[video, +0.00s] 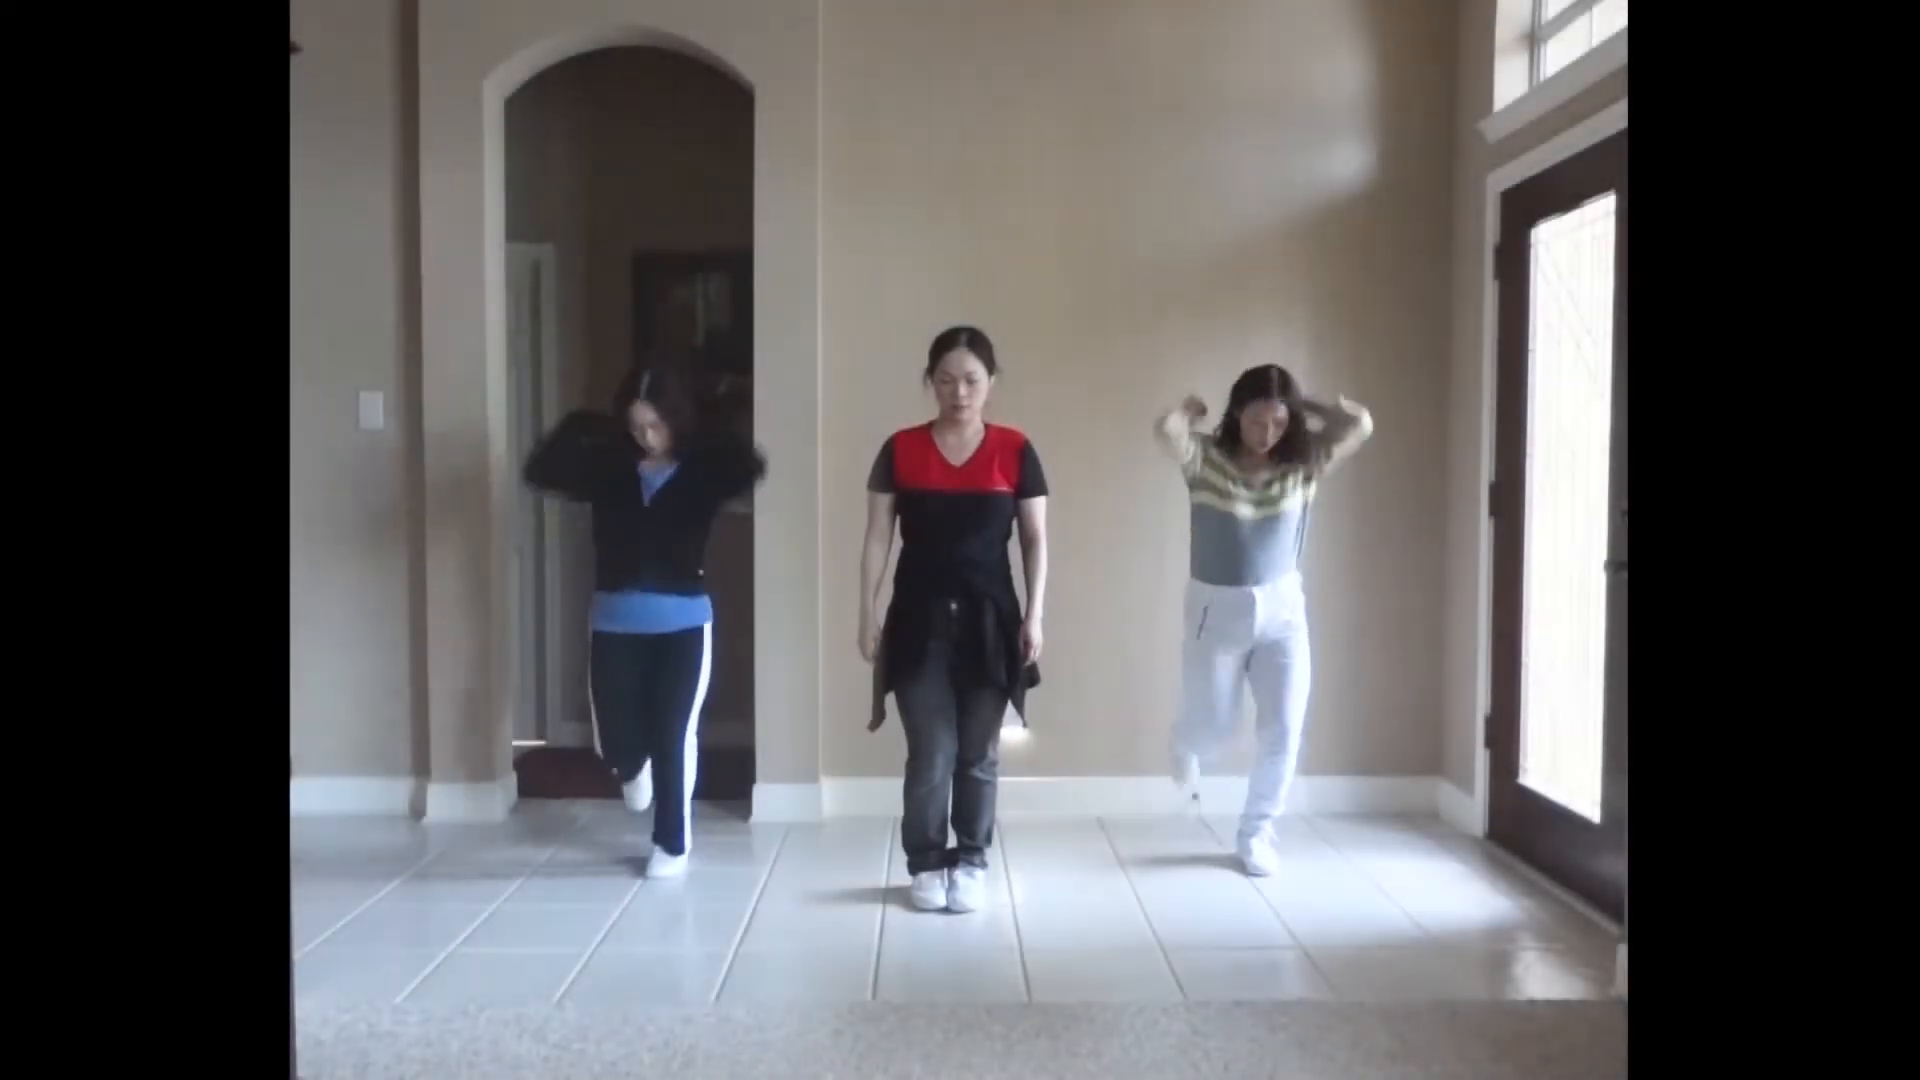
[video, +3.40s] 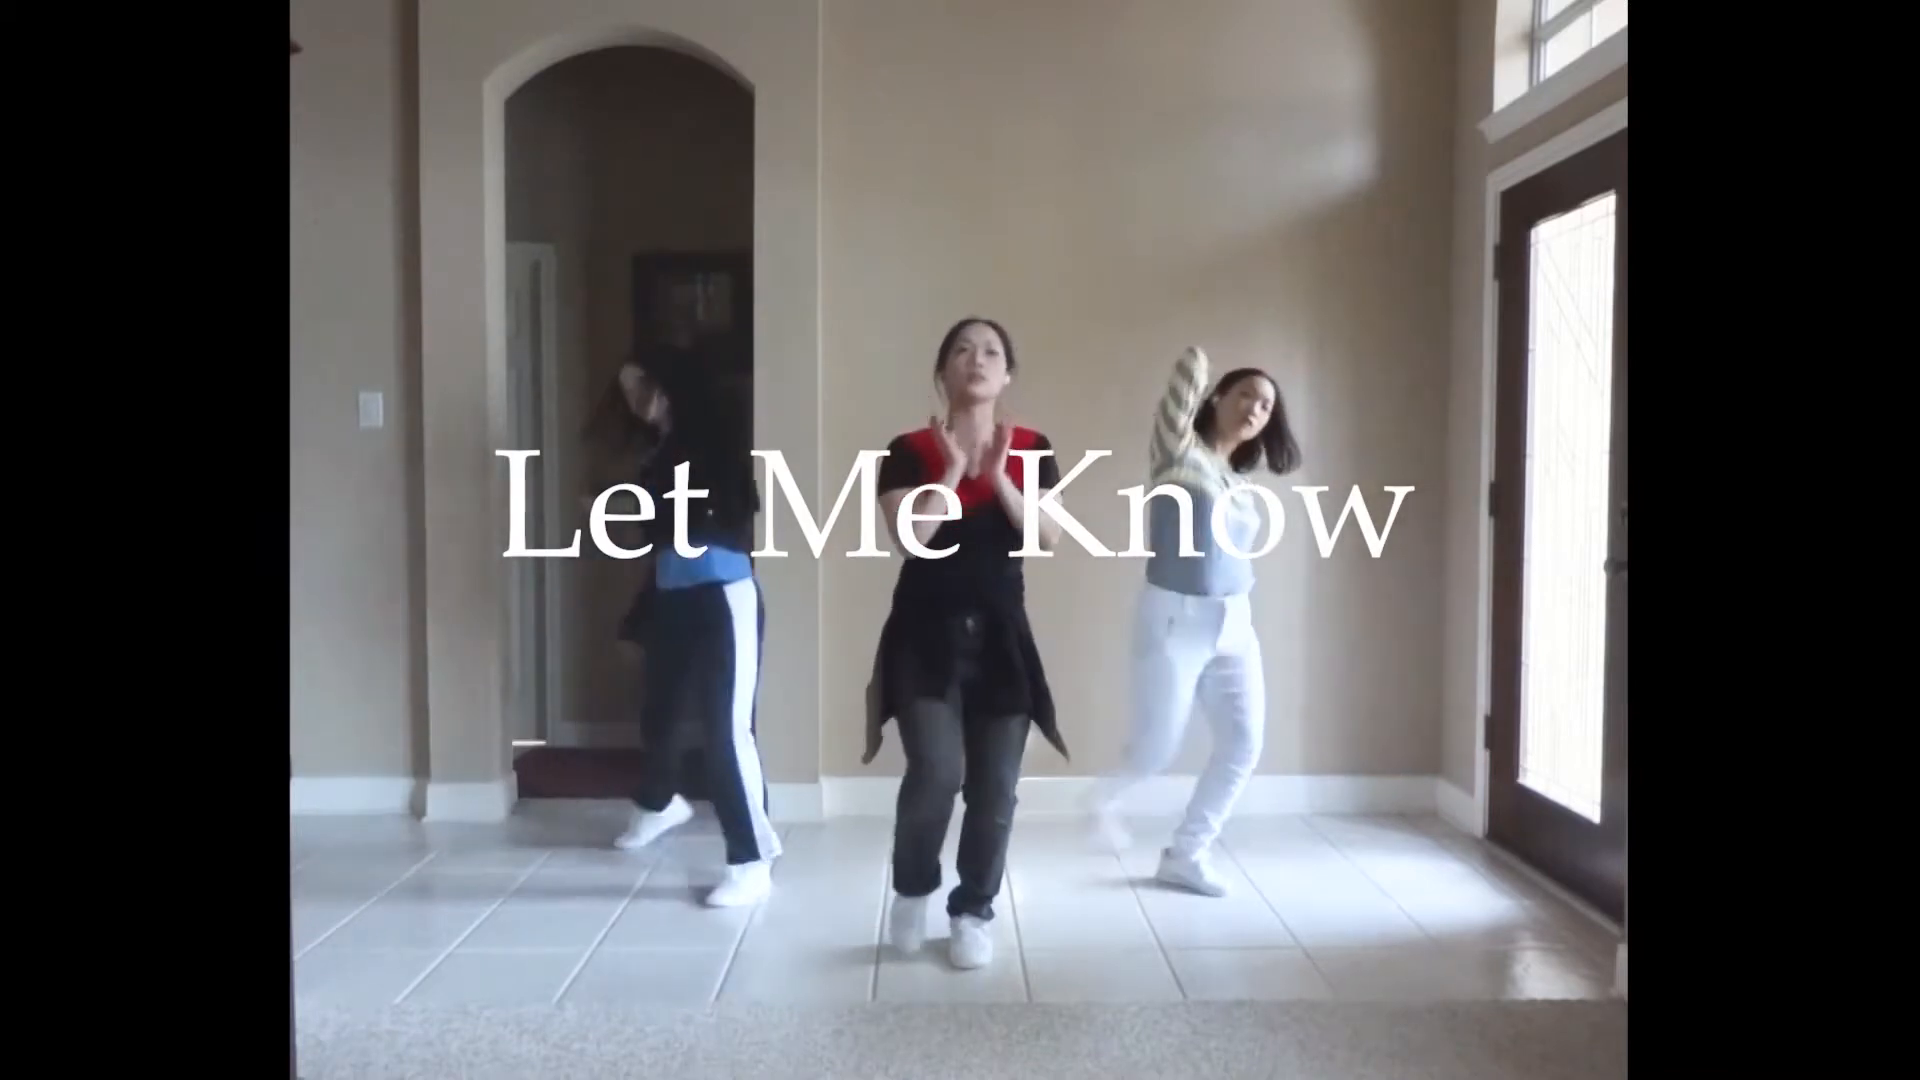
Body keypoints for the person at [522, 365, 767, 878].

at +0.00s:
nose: (644, 435)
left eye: (653, 424)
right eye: (636, 425)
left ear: (677, 423)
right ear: (627, 425)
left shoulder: (702, 472)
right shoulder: (609, 469)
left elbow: (749, 467)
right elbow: (541, 471)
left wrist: (705, 433)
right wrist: (584, 423)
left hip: (682, 627)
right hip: (615, 626)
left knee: (673, 739)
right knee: (618, 746)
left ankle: (670, 847)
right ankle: (635, 768)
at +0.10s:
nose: (642, 399)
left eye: (652, 388)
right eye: (635, 389)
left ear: (673, 395)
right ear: (626, 395)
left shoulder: (699, 449)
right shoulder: (601, 442)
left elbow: (748, 394)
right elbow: (543, 389)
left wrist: (696, 371)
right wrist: (611, 369)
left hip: (679, 604)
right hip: (615, 602)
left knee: (669, 721)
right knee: (619, 713)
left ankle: (672, 841)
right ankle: (637, 804)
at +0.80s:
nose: (644, 393)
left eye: (653, 386)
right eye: (634, 386)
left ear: (670, 396)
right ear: (620, 395)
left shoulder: (683, 434)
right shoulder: (602, 432)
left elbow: (685, 432)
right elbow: (587, 431)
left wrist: (649, 418)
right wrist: (610, 411)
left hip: (667, 585)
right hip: (611, 584)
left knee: (656, 701)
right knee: (623, 702)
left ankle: (683, 819)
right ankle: (641, 817)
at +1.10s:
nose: (645, 413)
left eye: (654, 404)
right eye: (636, 406)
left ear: (671, 406)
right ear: (625, 412)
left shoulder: (690, 456)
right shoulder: (607, 457)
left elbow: (692, 528)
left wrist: (647, 502)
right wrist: (614, 497)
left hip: (667, 590)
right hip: (611, 588)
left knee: (655, 697)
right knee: (616, 698)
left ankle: (681, 818)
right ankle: (640, 820)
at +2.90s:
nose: (648, 442)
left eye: (655, 431)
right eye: (638, 435)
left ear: (676, 428)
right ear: (630, 441)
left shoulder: (703, 481)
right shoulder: (618, 484)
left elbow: (704, 542)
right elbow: (592, 541)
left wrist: (670, 583)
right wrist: (619, 577)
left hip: (682, 605)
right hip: (626, 604)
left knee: (630, 691)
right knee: (605, 700)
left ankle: (648, 814)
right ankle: (650, 809)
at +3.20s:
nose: (613, 434)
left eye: (618, 422)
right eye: (608, 424)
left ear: (642, 415)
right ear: (619, 425)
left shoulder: (699, 456)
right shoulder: (635, 467)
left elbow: (721, 538)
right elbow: (622, 551)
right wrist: (594, 618)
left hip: (701, 600)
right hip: (647, 596)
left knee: (700, 719)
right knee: (628, 705)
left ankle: (732, 849)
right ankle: (647, 818)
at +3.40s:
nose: (639, 404)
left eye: (644, 389)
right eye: (632, 396)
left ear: (670, 383)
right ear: (634, 402)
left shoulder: (714, 437)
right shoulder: (659, 450)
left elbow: (737, 519)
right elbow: (662, 534)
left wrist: (671, 505)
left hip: (725, 591)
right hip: (671, 592)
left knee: (729, 730)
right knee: (660, 711)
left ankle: (751, 862)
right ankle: (661, 802)